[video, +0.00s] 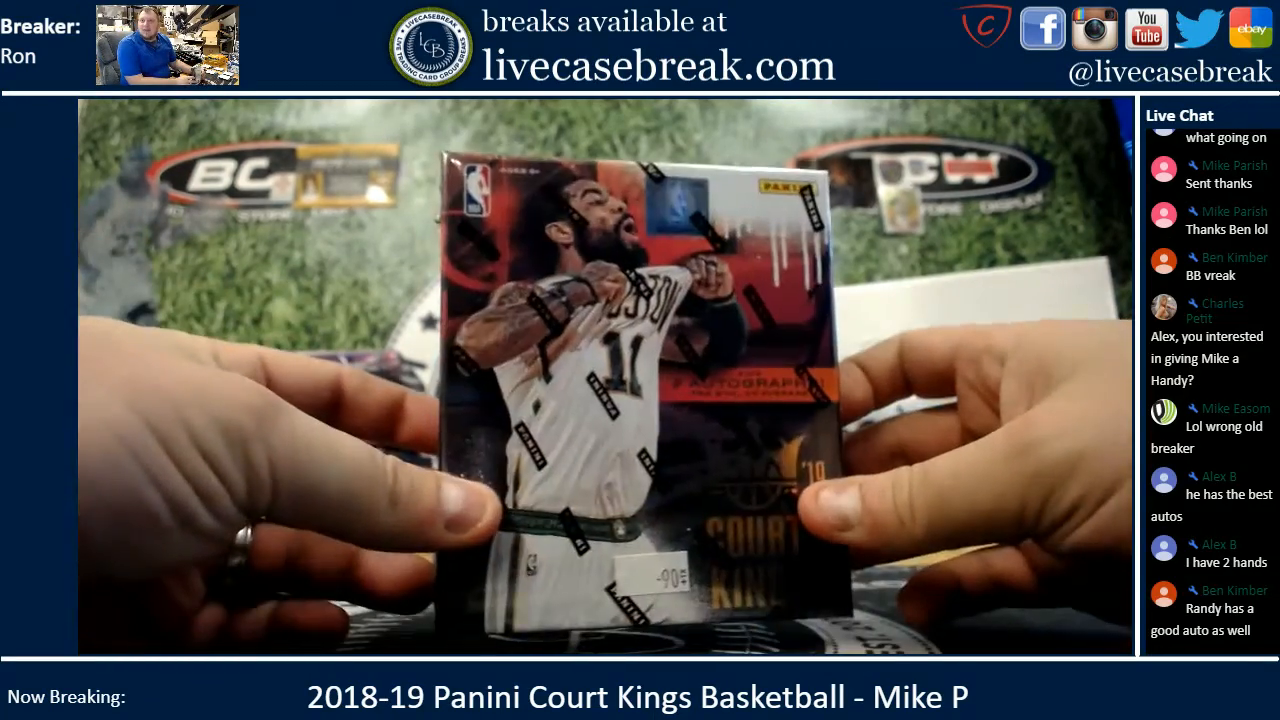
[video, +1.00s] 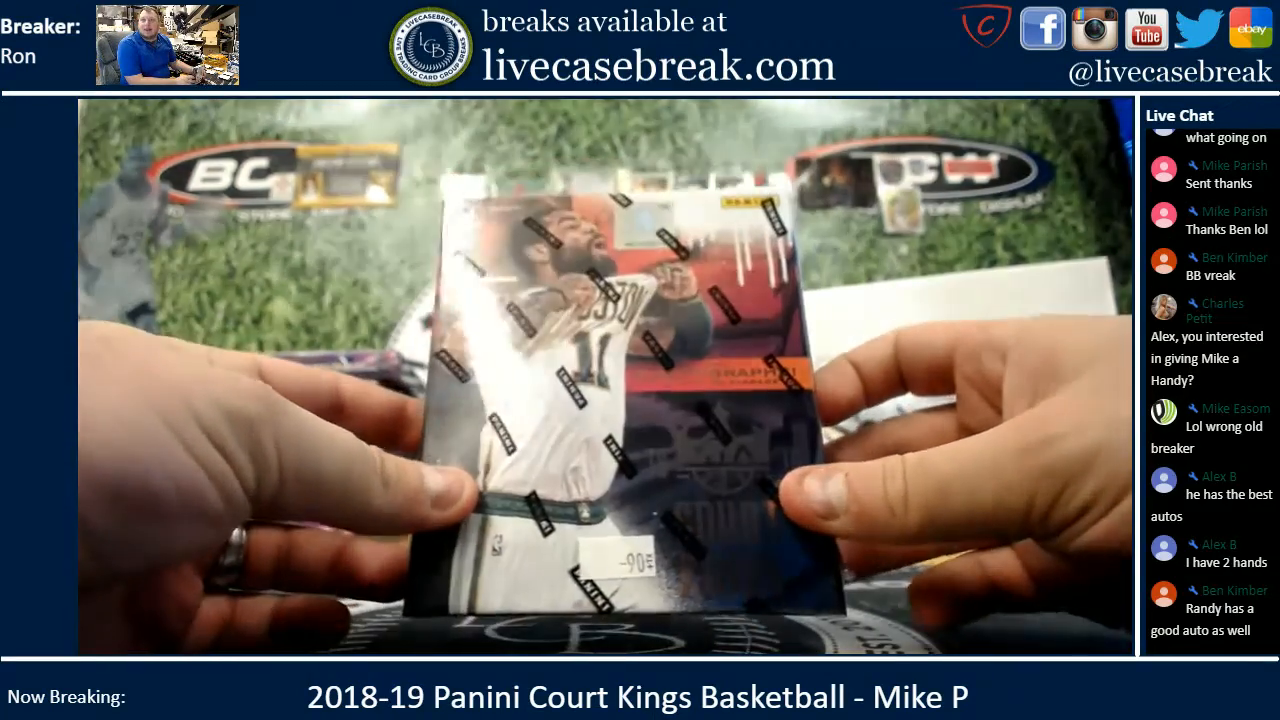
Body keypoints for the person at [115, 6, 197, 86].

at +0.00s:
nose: (146, 25)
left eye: (151, 21)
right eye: (142, 20)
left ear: (159, 24)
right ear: (138, 23)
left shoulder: (164, 40)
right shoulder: (128, 45)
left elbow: (174, 62)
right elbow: (136, 82)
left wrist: (194, 71)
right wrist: (177, 81)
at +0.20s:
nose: (146, 25)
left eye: (151, 20)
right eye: (142, 20)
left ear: (159, 24)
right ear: (138, 23)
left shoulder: (164, 40)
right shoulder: (128, 45)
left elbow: (174, 62)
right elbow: (136, 81)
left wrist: (193, 70)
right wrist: (177, 81)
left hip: (167, 92)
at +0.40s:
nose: (146, 24)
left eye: (151, 20)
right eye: (143, 20)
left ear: (159, 24)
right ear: (138, 23)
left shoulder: (164, 40)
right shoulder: (128, 45)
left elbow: (174, 62)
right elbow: (136, 82)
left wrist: (194, 70)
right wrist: (177, 81)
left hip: (167, 92)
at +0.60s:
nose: (147, 24)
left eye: (152, 20)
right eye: (143, 20)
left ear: (159, 24)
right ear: (138, 23)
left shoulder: (164, 41)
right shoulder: (128, 45)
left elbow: (174, 63)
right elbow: (136, 82)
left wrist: (193, 70)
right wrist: (177, 81)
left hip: (167, 93)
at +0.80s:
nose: (147, 24)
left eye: (152, 20)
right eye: (143, 20)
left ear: (159, 24)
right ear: (138, 23)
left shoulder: (164, 40)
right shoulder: (128, 45)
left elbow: (174, 62)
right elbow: (135, 81)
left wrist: (195, 71)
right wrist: (177, 81)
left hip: (167, 92)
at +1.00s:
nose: (147, 24)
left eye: (152, 20)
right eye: (143, 20)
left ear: (159, 24)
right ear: (138, 23)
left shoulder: (164, 40)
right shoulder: (128, 45)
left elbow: (174, 63)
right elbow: (136, 81)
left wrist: (194, 71)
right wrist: (177, 81)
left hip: (167, 92)